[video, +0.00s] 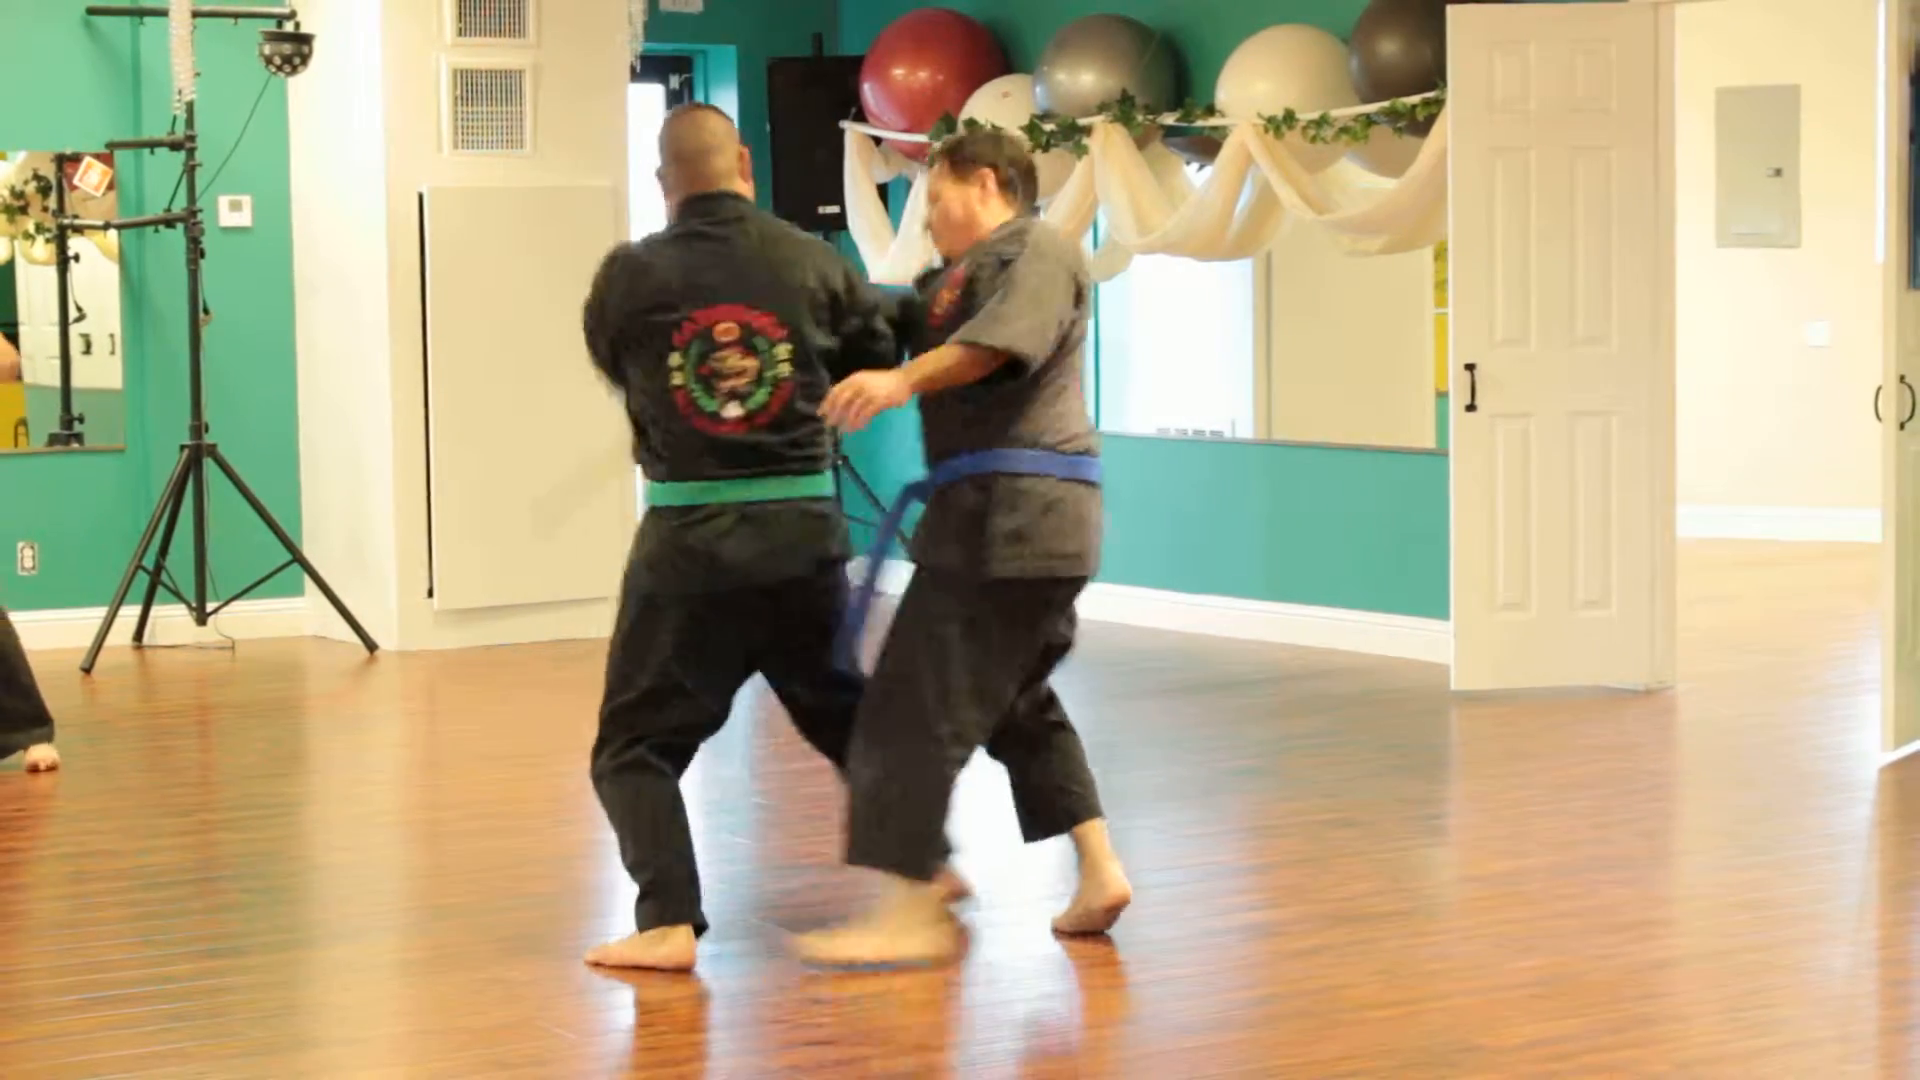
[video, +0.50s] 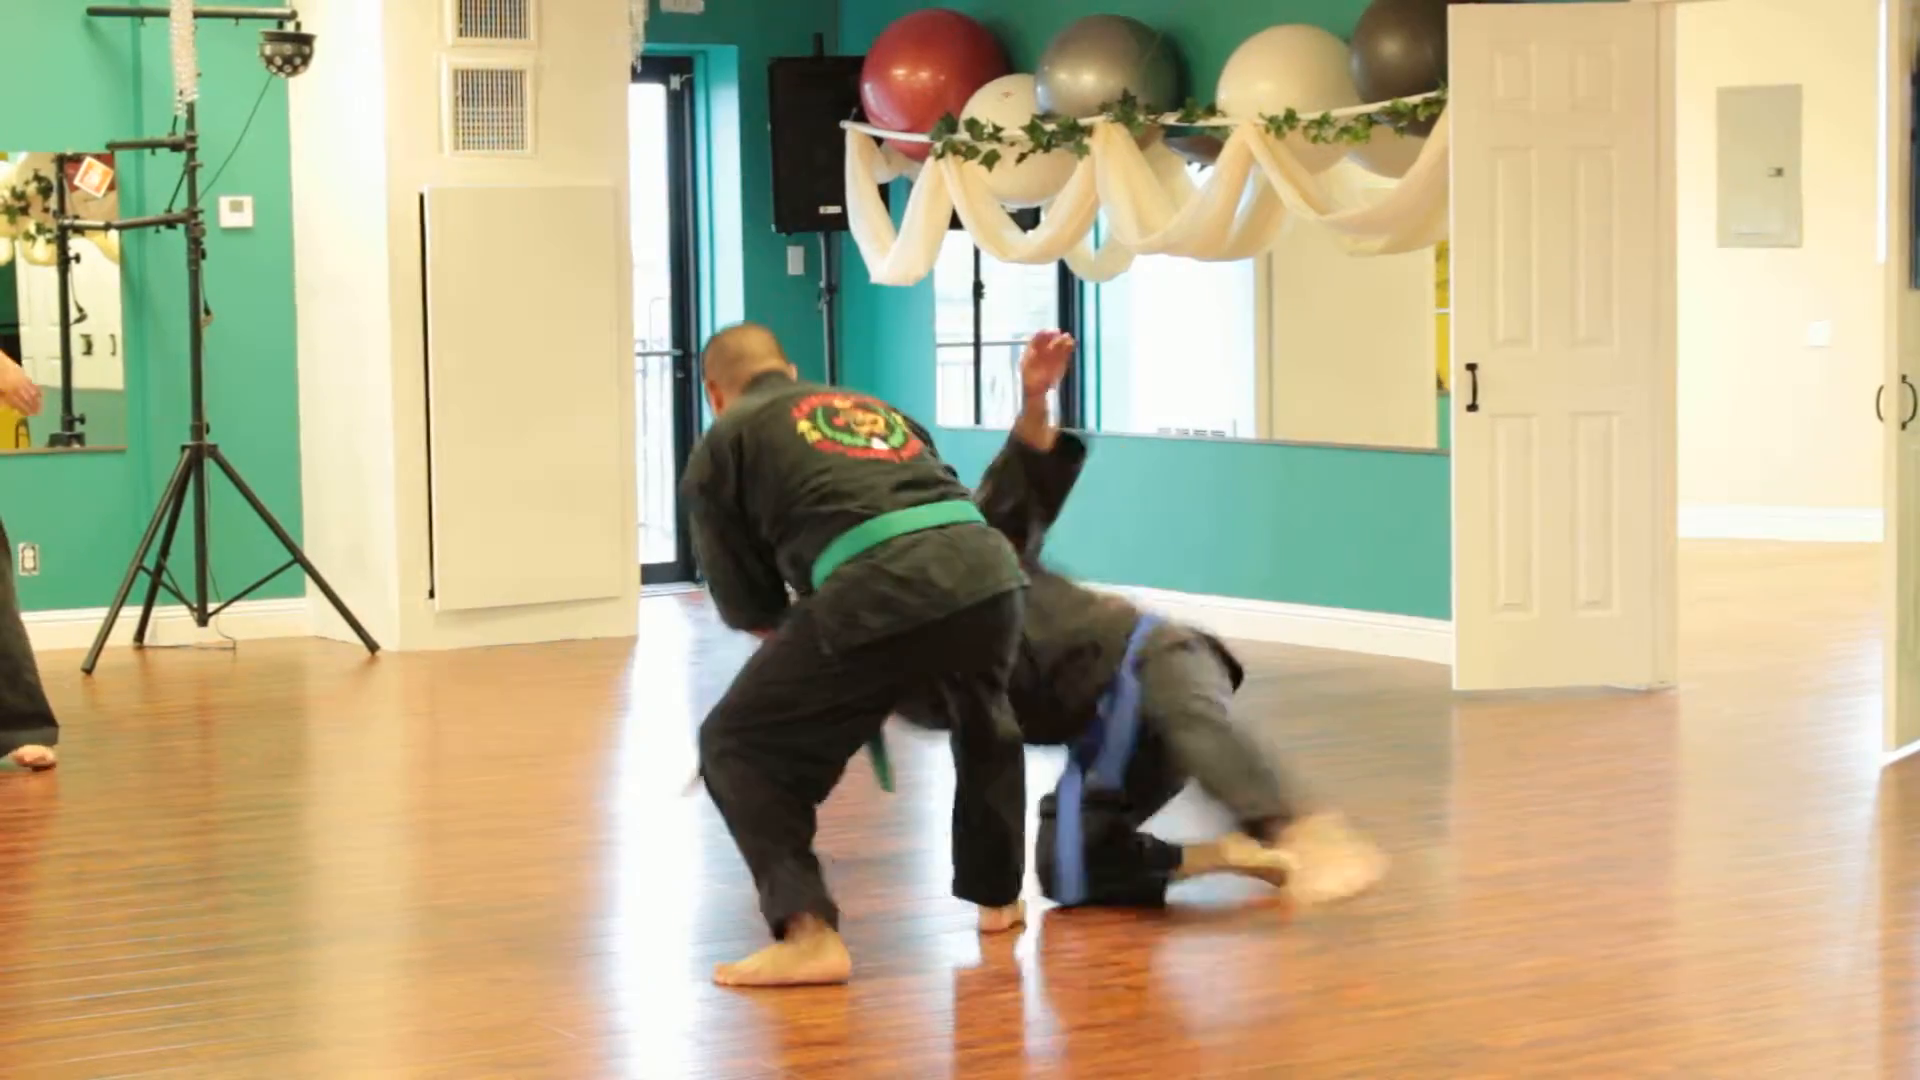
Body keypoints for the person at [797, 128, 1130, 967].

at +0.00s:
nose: (929, 218)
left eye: (937, 200)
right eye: (928, 203)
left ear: (985, 187)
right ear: (989, 191)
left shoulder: (1037, 248)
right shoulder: (961, 279)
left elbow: (1000, 339)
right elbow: (874, 323)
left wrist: (901, 381)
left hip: (1007, 513)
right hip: (1038, 515)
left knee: (914, 695)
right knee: (1014, 691)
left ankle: (907, 907)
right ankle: (1100, 865)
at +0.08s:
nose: (928, 258)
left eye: (934, 238)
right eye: (924, 244)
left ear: (982, 224)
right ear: (973, 229)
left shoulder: (1038, 256)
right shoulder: (970, 314)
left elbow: (1016, 321)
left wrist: (926, 355)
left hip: (1035, 519)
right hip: (1070, 523)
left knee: (938, 700)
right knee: (1034, 691)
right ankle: (1128, 841)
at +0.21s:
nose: (919, 370)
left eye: (926, 349)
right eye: (910, 360)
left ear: (967, 329)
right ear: (917, 362)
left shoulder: (1036, 359)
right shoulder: (942, 412)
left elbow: (1068, 335)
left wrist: (974, 330)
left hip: (1096, 565)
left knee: (977, 719)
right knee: (1041, 740)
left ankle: (1054, 914)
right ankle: (1225, 805)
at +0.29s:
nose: (935, 399)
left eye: (934, 389)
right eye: (924, 396)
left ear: (964, 394)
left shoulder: (1027, 413)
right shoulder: (961, 474)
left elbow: (1066, 374)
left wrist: (1009, 347)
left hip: (1133, 590)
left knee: (1018, 711)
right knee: (1070, 796)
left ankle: (1057, 914)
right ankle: (1260, 832)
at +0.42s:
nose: (972, 546)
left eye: (970, 530)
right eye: (961, 536)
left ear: (994, 516)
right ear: (978, 530)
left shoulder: (1016, 502)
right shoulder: (984, 595)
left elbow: (1058, 444)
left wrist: (1056, 389)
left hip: (1169, 631)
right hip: (1107, 687)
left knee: (1111, 709)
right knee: (1068, 873)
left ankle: (1149, 874)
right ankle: (1244, 847)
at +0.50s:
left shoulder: (966, 556)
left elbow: (1016, 488)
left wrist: (1035, 398)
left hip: (1151, 652)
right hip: (1109, 732)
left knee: (1195, 730)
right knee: (1071, 867)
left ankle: (1303, 839)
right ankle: (1230, 856)